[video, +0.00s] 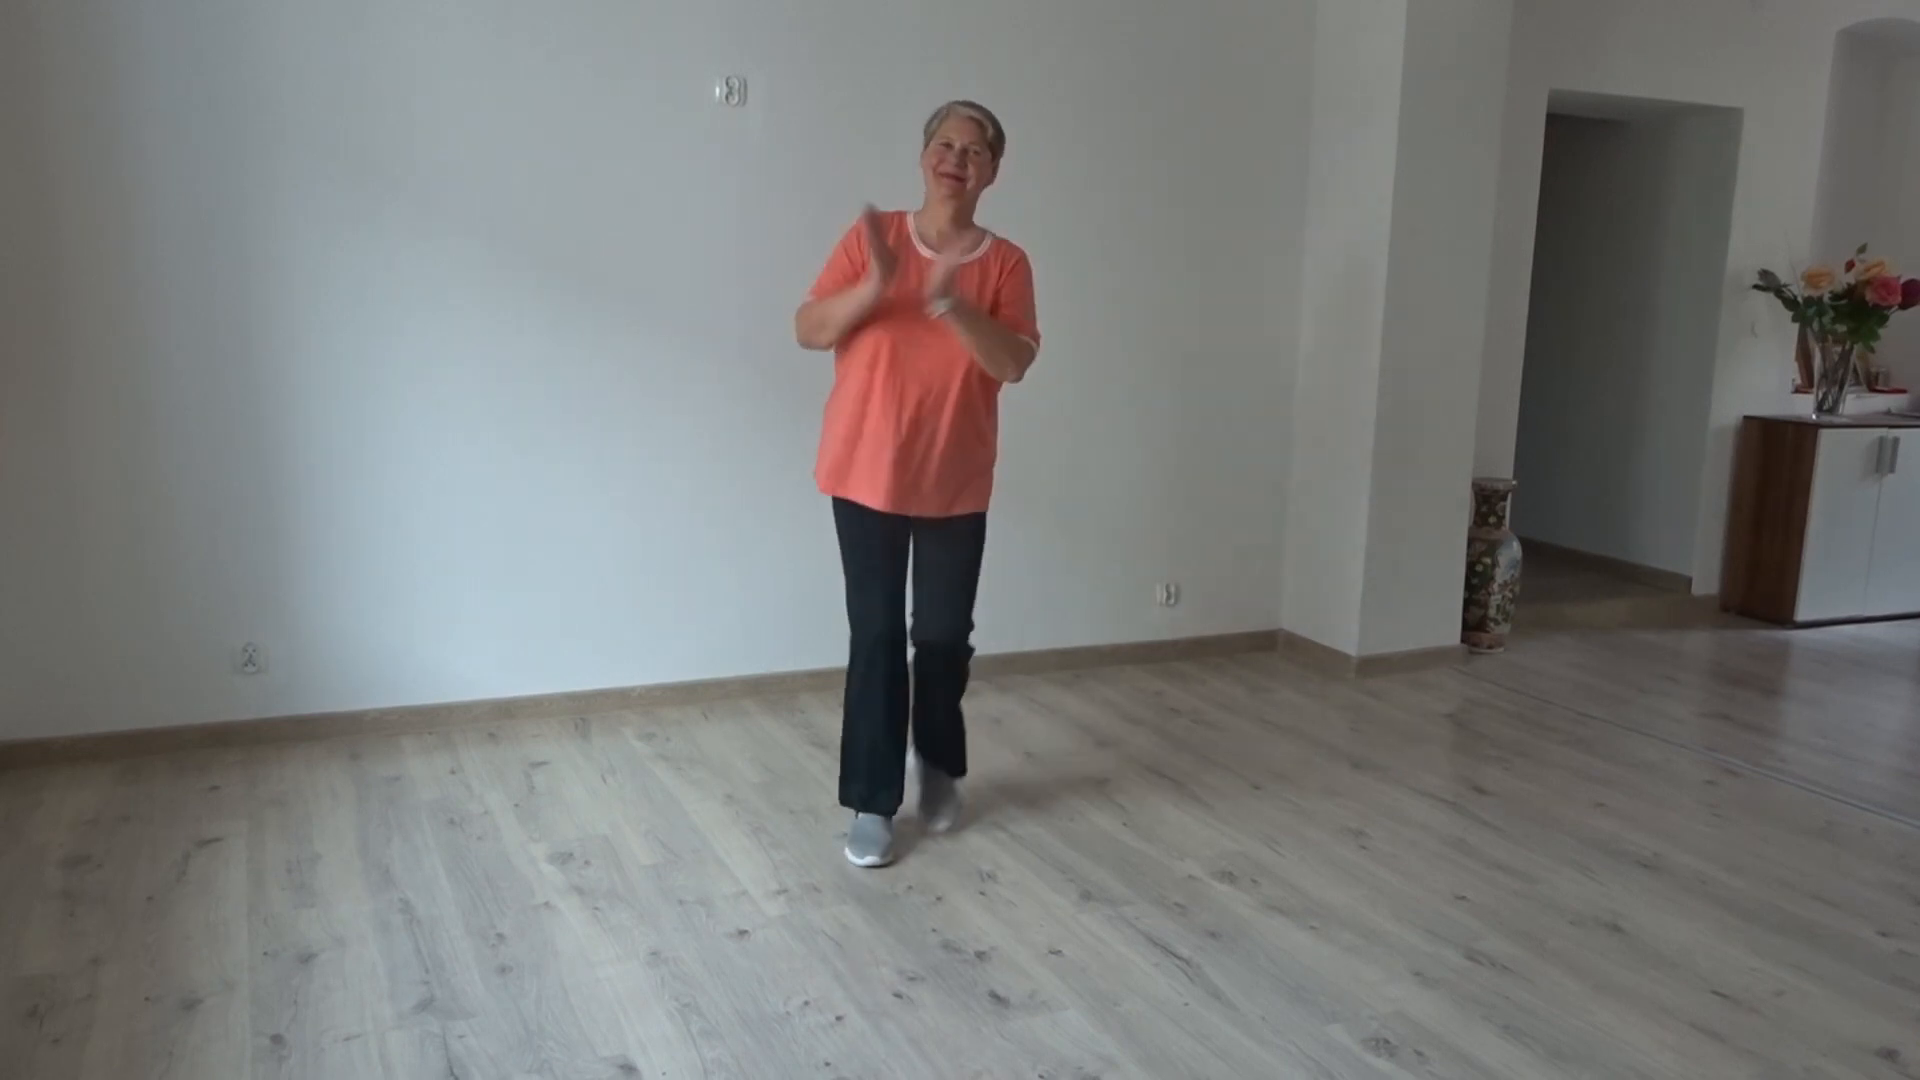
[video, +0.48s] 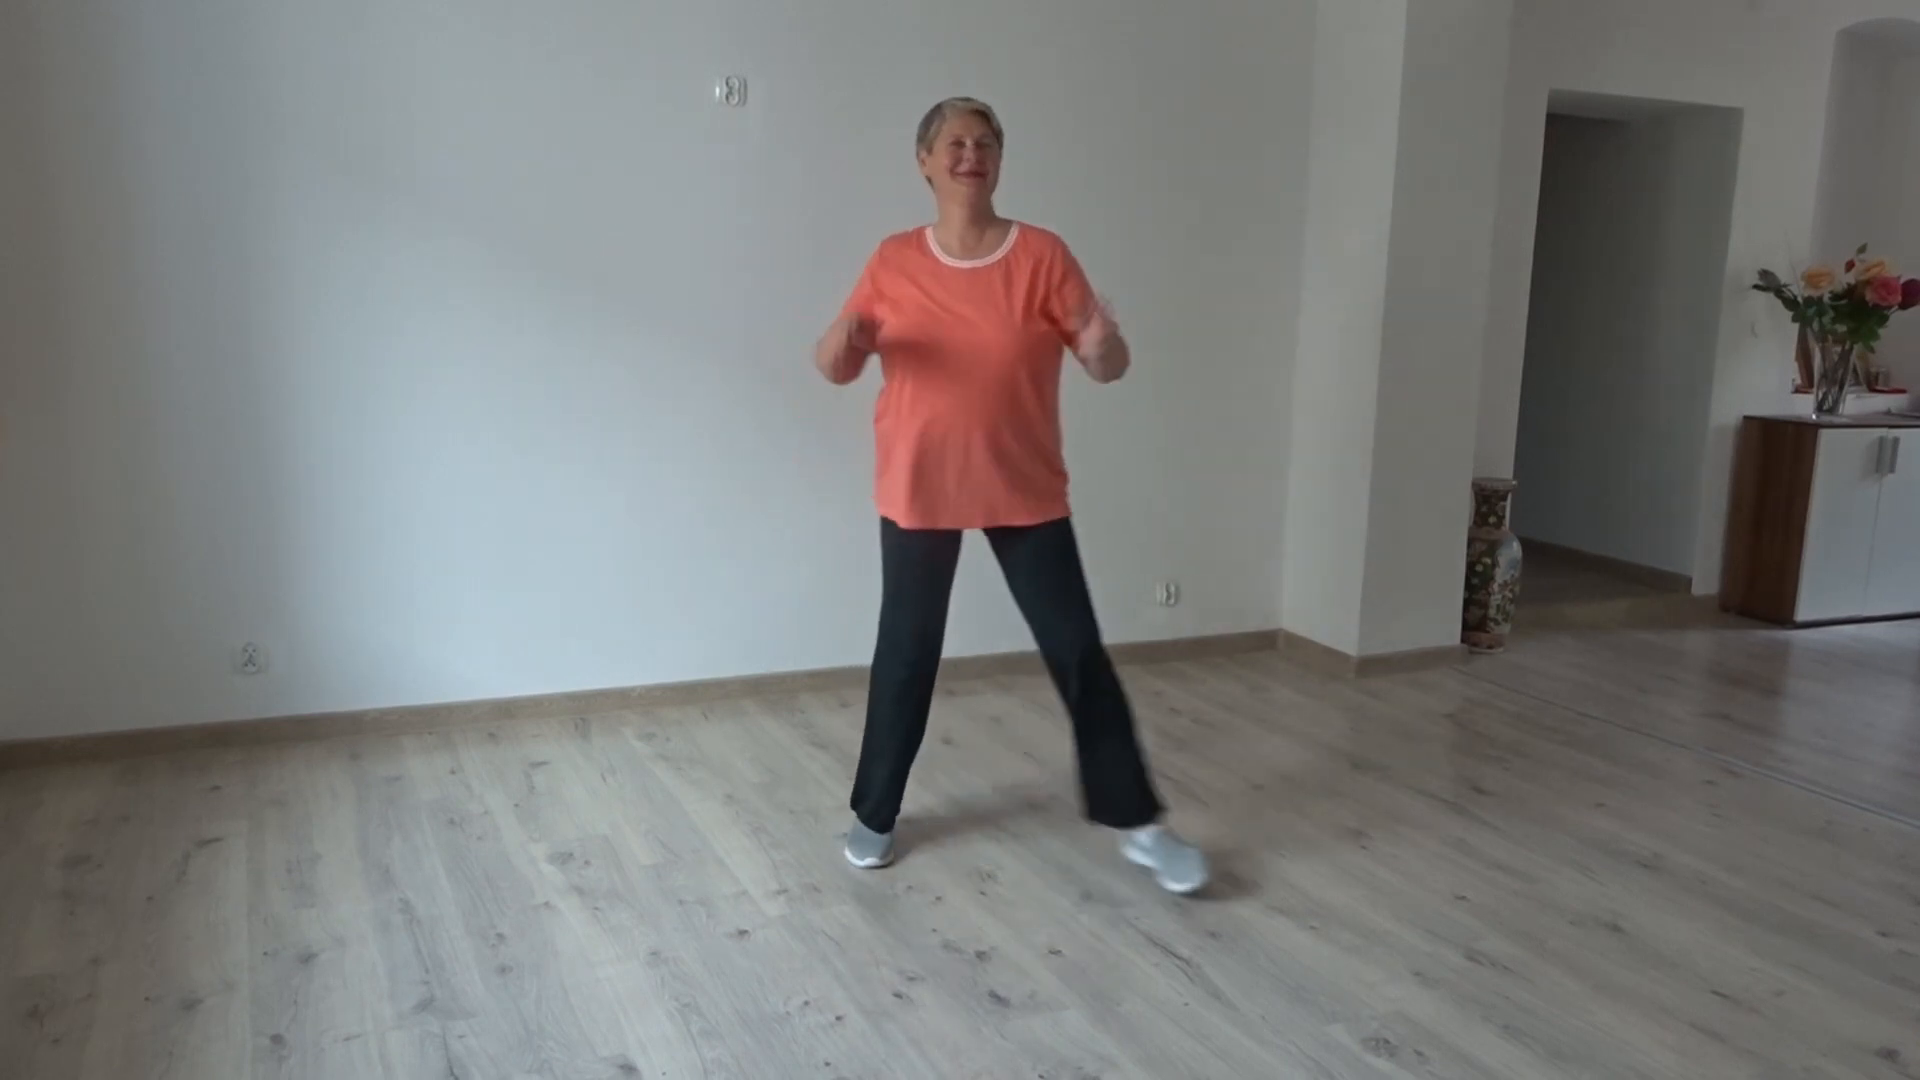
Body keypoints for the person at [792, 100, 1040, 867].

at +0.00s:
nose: (955, 159)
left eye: (973, 151)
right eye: (945, 146)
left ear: (993, 171)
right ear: (922, 156)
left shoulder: (1003, 261)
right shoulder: (874, 235)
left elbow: (1012, 364)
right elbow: (810, 328)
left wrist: (957, 307)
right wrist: (872, 290)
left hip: (955, 481)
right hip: (867, 472)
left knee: (942, 638)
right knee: (877, 639)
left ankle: (939, 766)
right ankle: (869, 804)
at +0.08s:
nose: (951, 169)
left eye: (967, 161)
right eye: (940, 155)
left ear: (983, 181)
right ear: (914, 165)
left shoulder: (1000, 268)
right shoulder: (867, 251)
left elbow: (1015, 373)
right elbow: (809, 349)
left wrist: (924, 350)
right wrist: (871, 335)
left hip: (954, 500)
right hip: (865, 494)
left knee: (930, 654)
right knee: (874, 650)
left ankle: (925, 804)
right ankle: (870, 808)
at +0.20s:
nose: (947, 176)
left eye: (961, 169)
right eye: (932, 164)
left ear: (974, 188)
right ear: (900, 177)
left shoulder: (998, 276)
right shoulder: (861, 271)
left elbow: (1030, 385)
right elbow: (804, 368)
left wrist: (940, 422)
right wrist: (835, 413)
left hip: (962, 510)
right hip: (871, 507)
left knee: (954, 669)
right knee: (877, 669)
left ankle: (926, 790)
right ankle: (869, 818)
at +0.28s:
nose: (948, 169)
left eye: (961, 160)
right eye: (932, 157)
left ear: (975, 179)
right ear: (900, 173)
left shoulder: (1005, 270)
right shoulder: (864, 269)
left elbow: (1053, 377)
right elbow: (805, 362)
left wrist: (985, 427)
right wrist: (815, 409)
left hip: (978, 498)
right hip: (880, 498)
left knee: (996, 652)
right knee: (880, 660)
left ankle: (967, 784)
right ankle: (871, 817)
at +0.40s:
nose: (956, 154)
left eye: (970, 144)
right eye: (940, 143)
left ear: (986, 163)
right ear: (910, 162)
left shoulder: (1023, 255)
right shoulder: (877, 259)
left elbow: (1090, 356)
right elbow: (817, 346)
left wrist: (1062, 371)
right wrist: (820, 364)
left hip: (1005, 482)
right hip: (902, 485)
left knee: (1050, 644)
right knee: (894, 653)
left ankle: (1064, 806)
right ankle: (871, 818)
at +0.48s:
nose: (970, 156)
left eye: (983, 145)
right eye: (954, 145)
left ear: (1001, 163)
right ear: (924, 163)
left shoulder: (1041, 256)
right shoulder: (893, 262)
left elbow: (1105, 368)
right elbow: (839, 371)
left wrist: (1104, 339)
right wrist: (847, 333)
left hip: (1024, 483)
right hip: (919, 485)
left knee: (1078, 652)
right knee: (905, 652)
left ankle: (1137, 822)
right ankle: (873, 817)